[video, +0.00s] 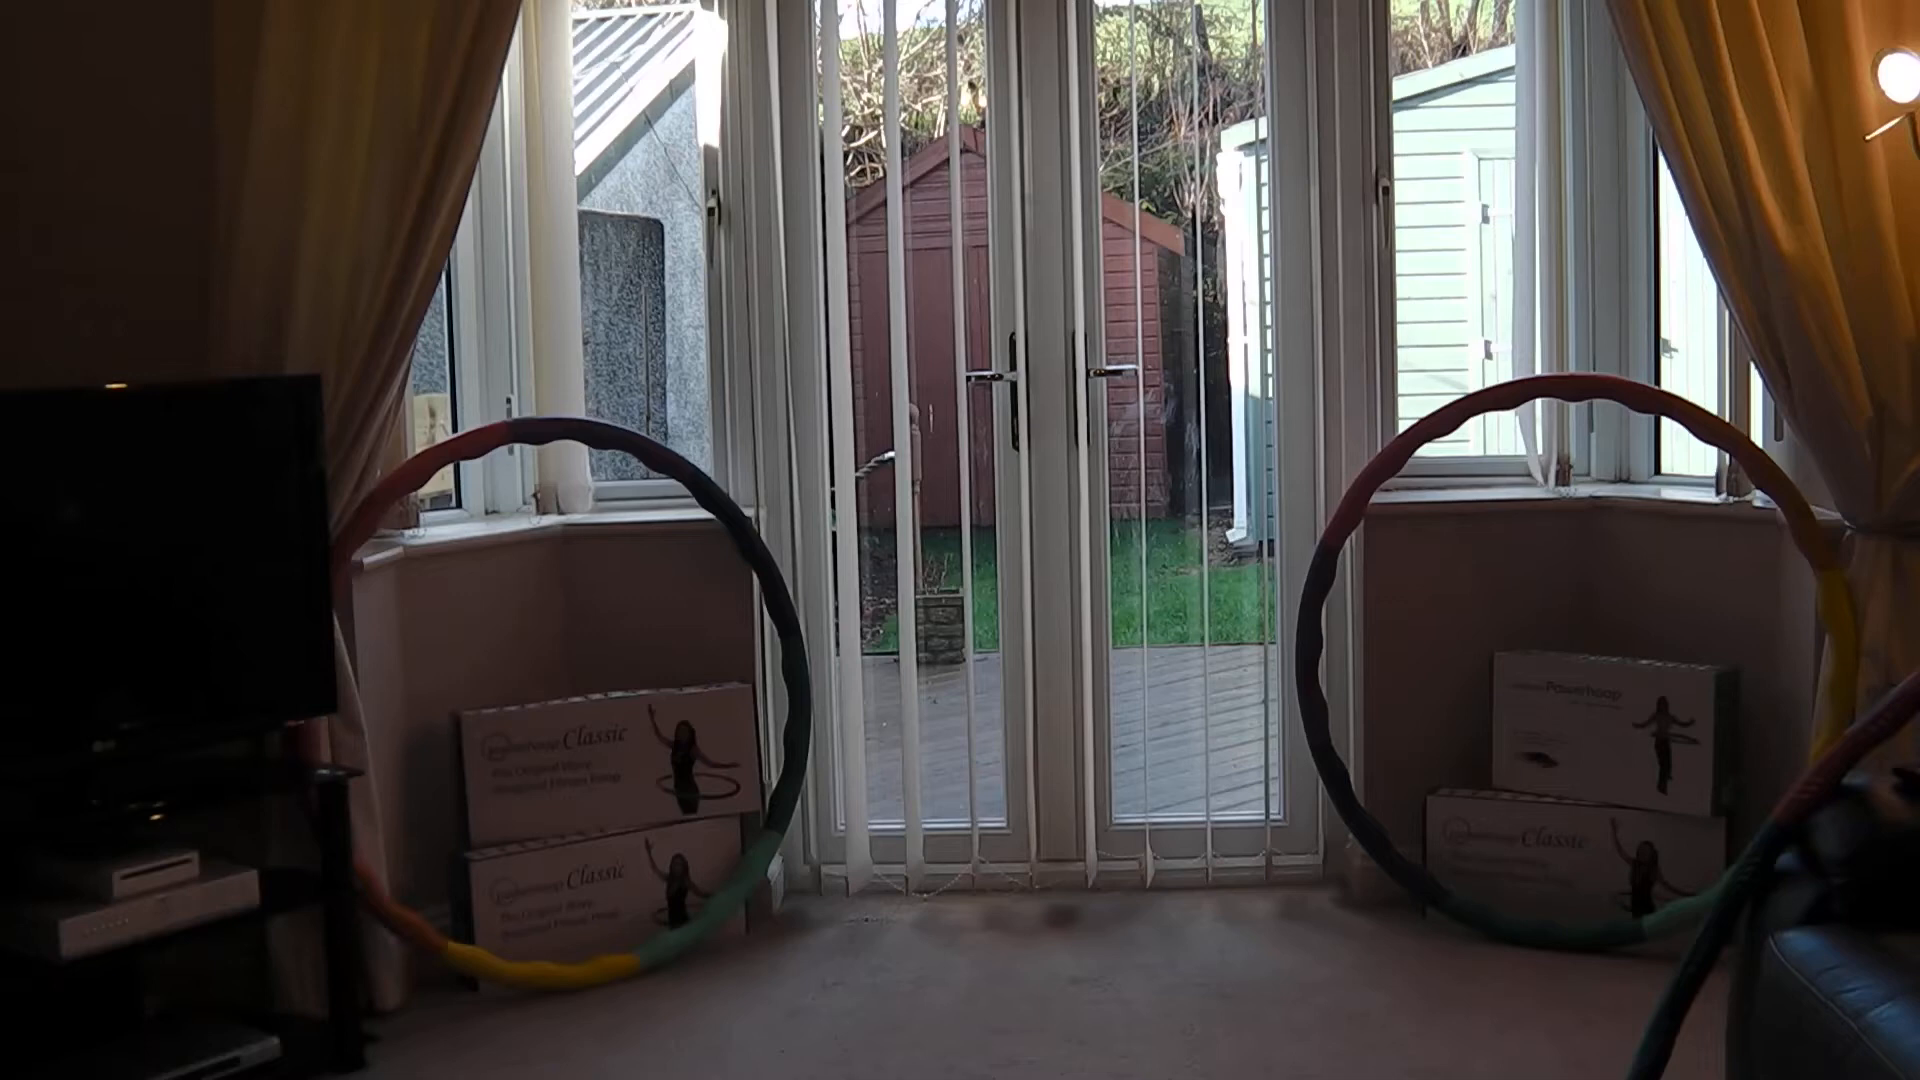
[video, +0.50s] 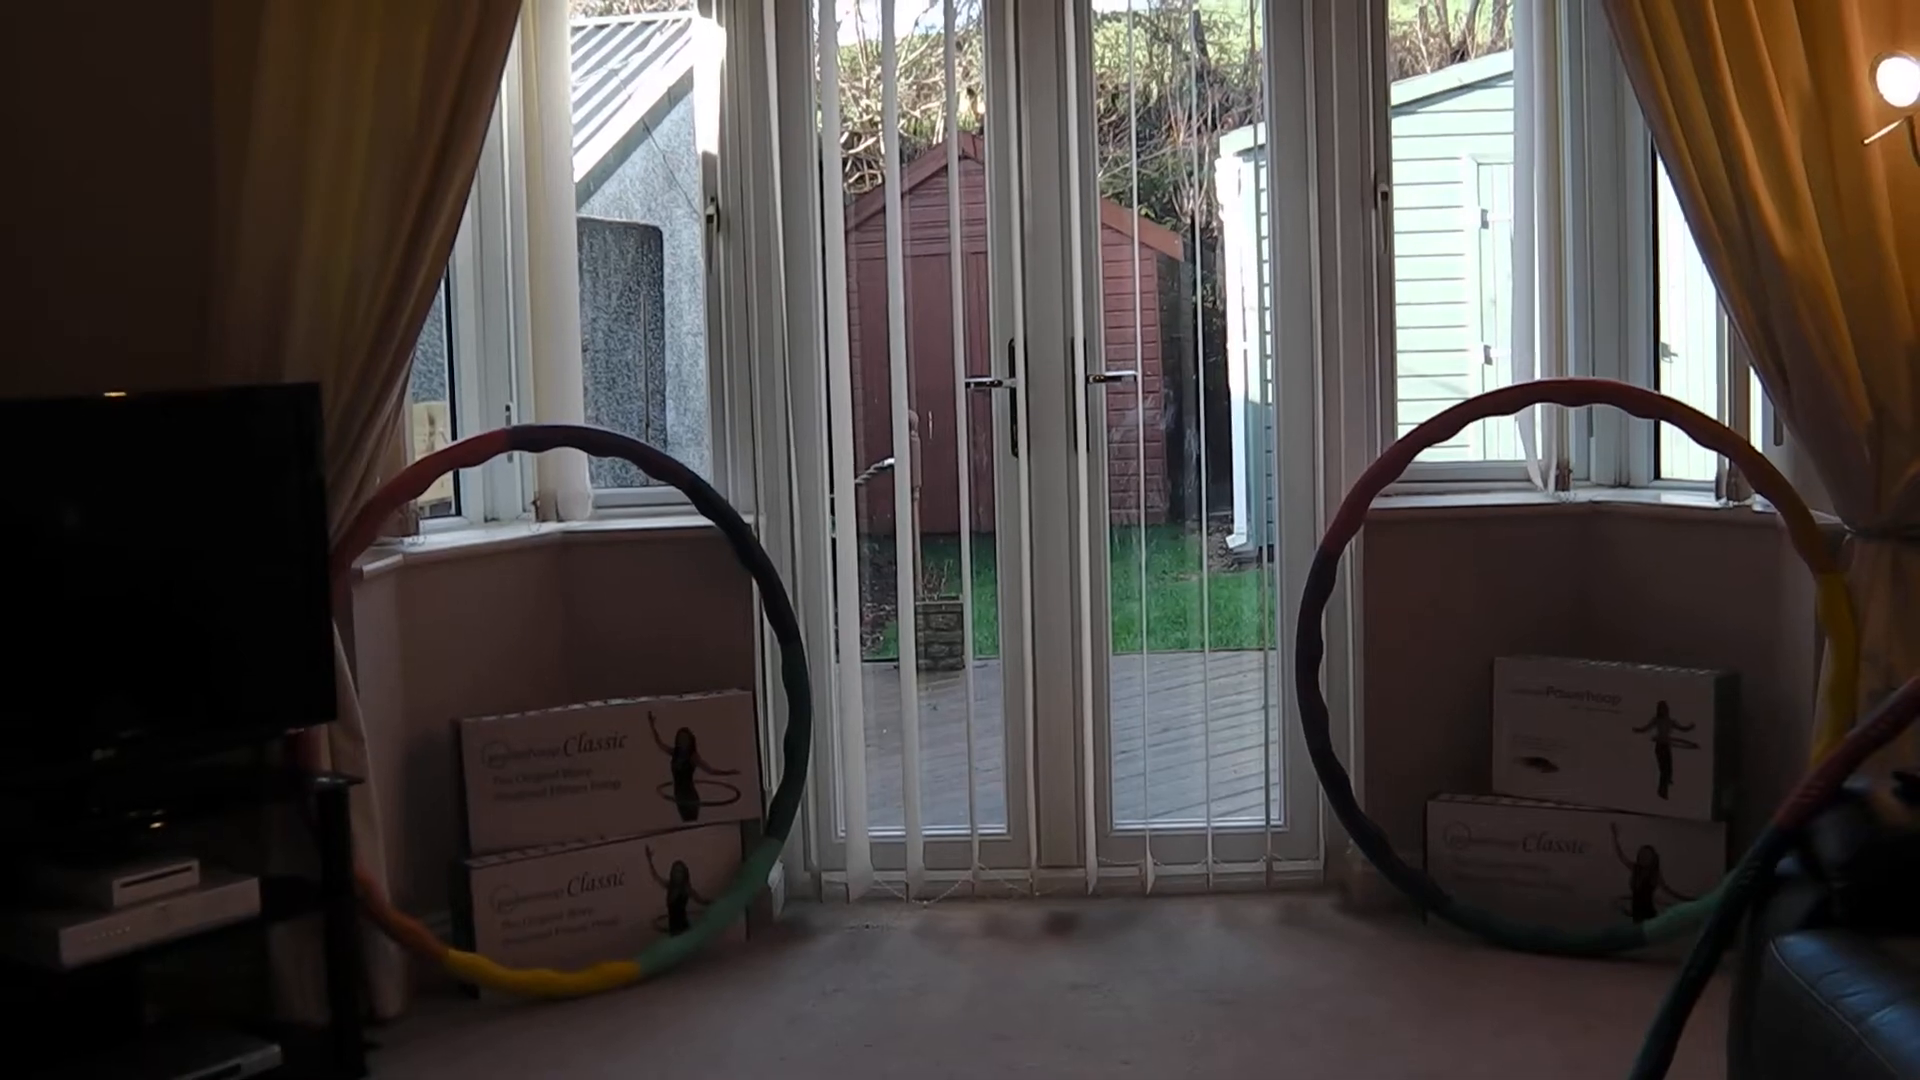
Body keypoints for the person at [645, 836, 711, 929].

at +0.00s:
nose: (677, 868)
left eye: (680, 864)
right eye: (675, 864)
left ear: (684, 866)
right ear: (671, 866)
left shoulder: (686, 881)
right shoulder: (669, 879)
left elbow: (699, 893)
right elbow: (654, 869)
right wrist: (649, 852)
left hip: (682, 917)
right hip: (671, 916)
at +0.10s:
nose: (675, 871)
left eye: (678, 868)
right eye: (673, 868)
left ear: (683, 870)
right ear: (669, 870)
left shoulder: (684, 886)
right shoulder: (668, 883)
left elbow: (698, 898)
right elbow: (653, 874)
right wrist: (647, 857)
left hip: (681, 920)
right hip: (670, 920)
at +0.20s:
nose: (676, 876)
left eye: (679, 873)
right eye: (673, 873)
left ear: (683, 875)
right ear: (670, 875)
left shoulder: (685, 890)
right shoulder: (668, 888)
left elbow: (699, 902)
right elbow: (654, 878)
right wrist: (648, 861)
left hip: (682, 925)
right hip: (670, 925)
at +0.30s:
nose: (676, 873)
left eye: (679, 870)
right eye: (674, 870)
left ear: (684, 872)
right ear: (670, 872)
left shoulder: (685, 888)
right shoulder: (668, 885)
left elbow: (698, 900)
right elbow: (654, 875)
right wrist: (648, 858)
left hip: (682, 922)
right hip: (671, 922)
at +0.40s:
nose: (676, 874)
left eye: (679, 871)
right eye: (674, 871)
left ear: (684, 873)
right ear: (671, 873)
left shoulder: (686, 888)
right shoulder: (669, 886)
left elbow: (699, 900)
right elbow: (655, 877)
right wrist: (649, 860)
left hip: (682, 922)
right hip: (671, 922)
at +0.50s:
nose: (677, 875)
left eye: (680, 871)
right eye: (675, 871)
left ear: (685, 873)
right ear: (672, 873)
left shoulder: (687, 889)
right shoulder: (670, 886)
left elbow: (700, 901)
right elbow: (655, 876)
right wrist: (649, 860)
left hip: (684, 924)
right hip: (672, 924)